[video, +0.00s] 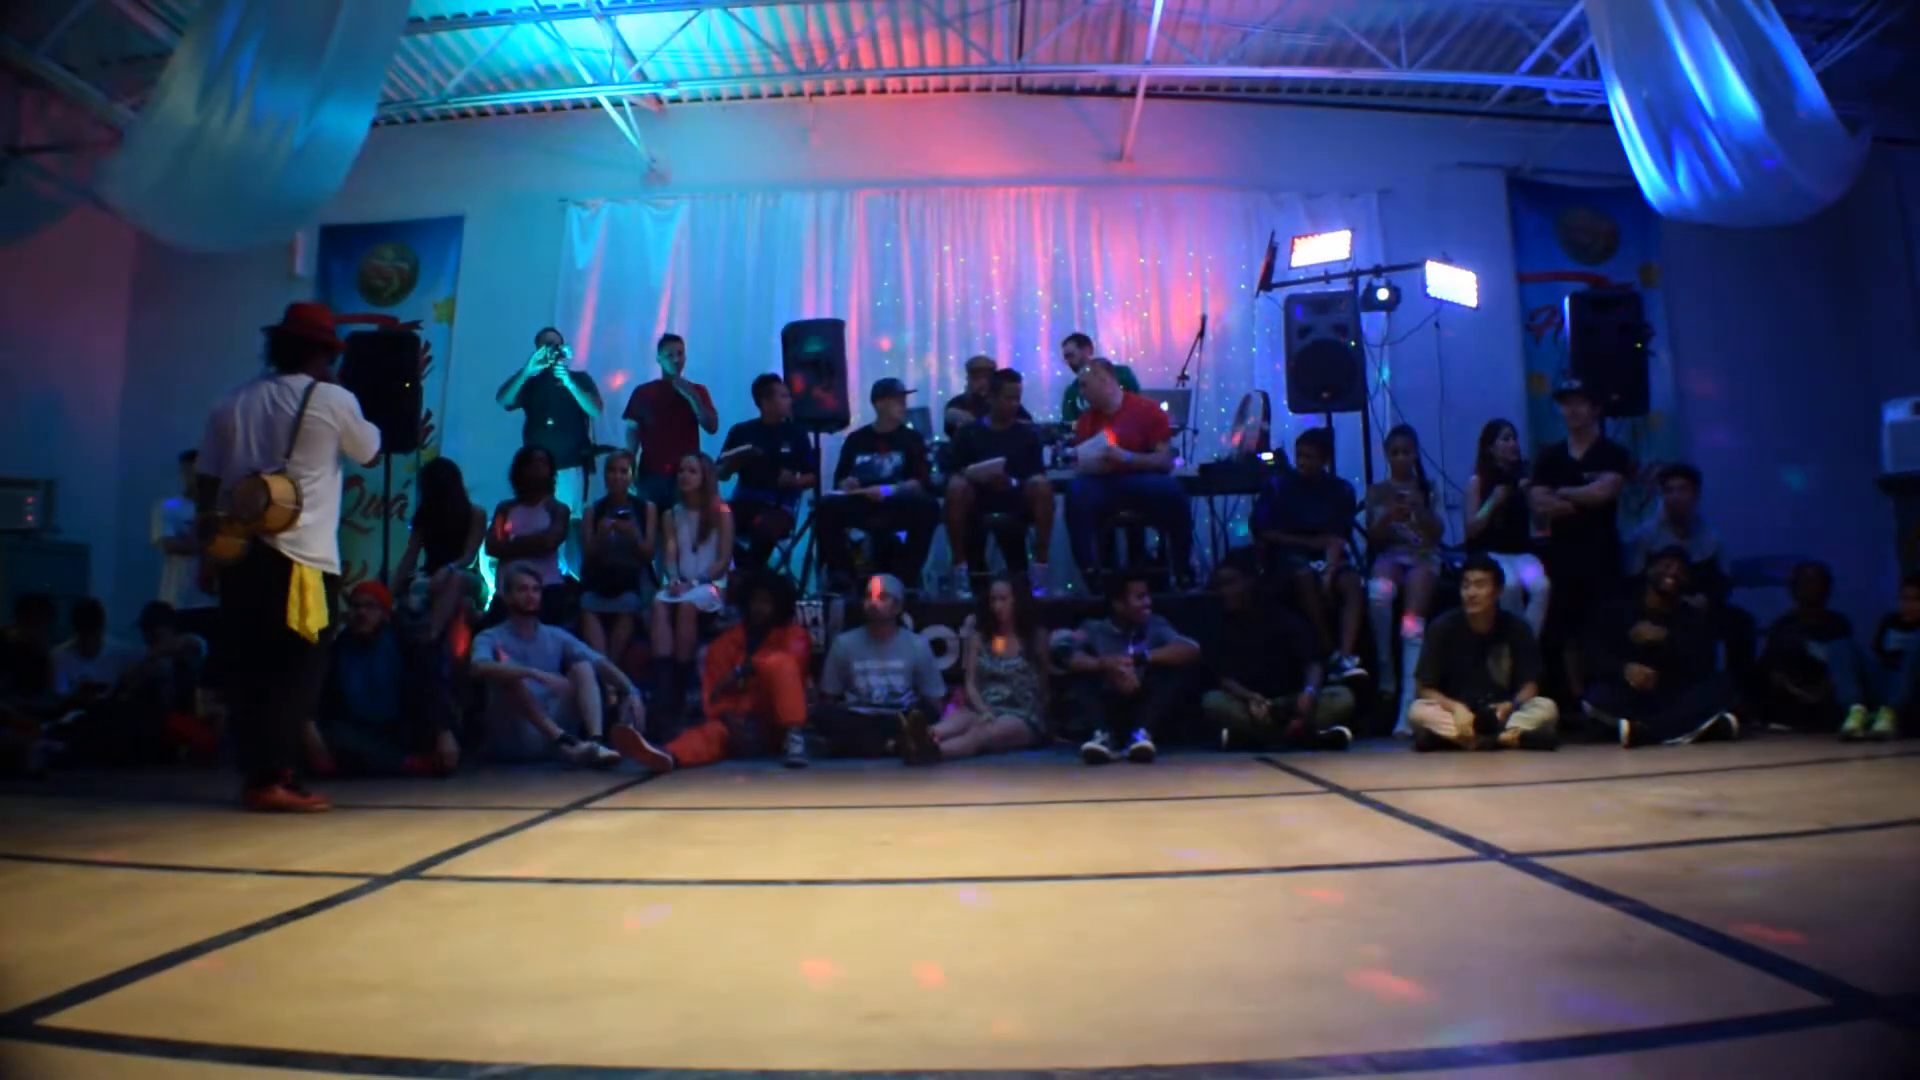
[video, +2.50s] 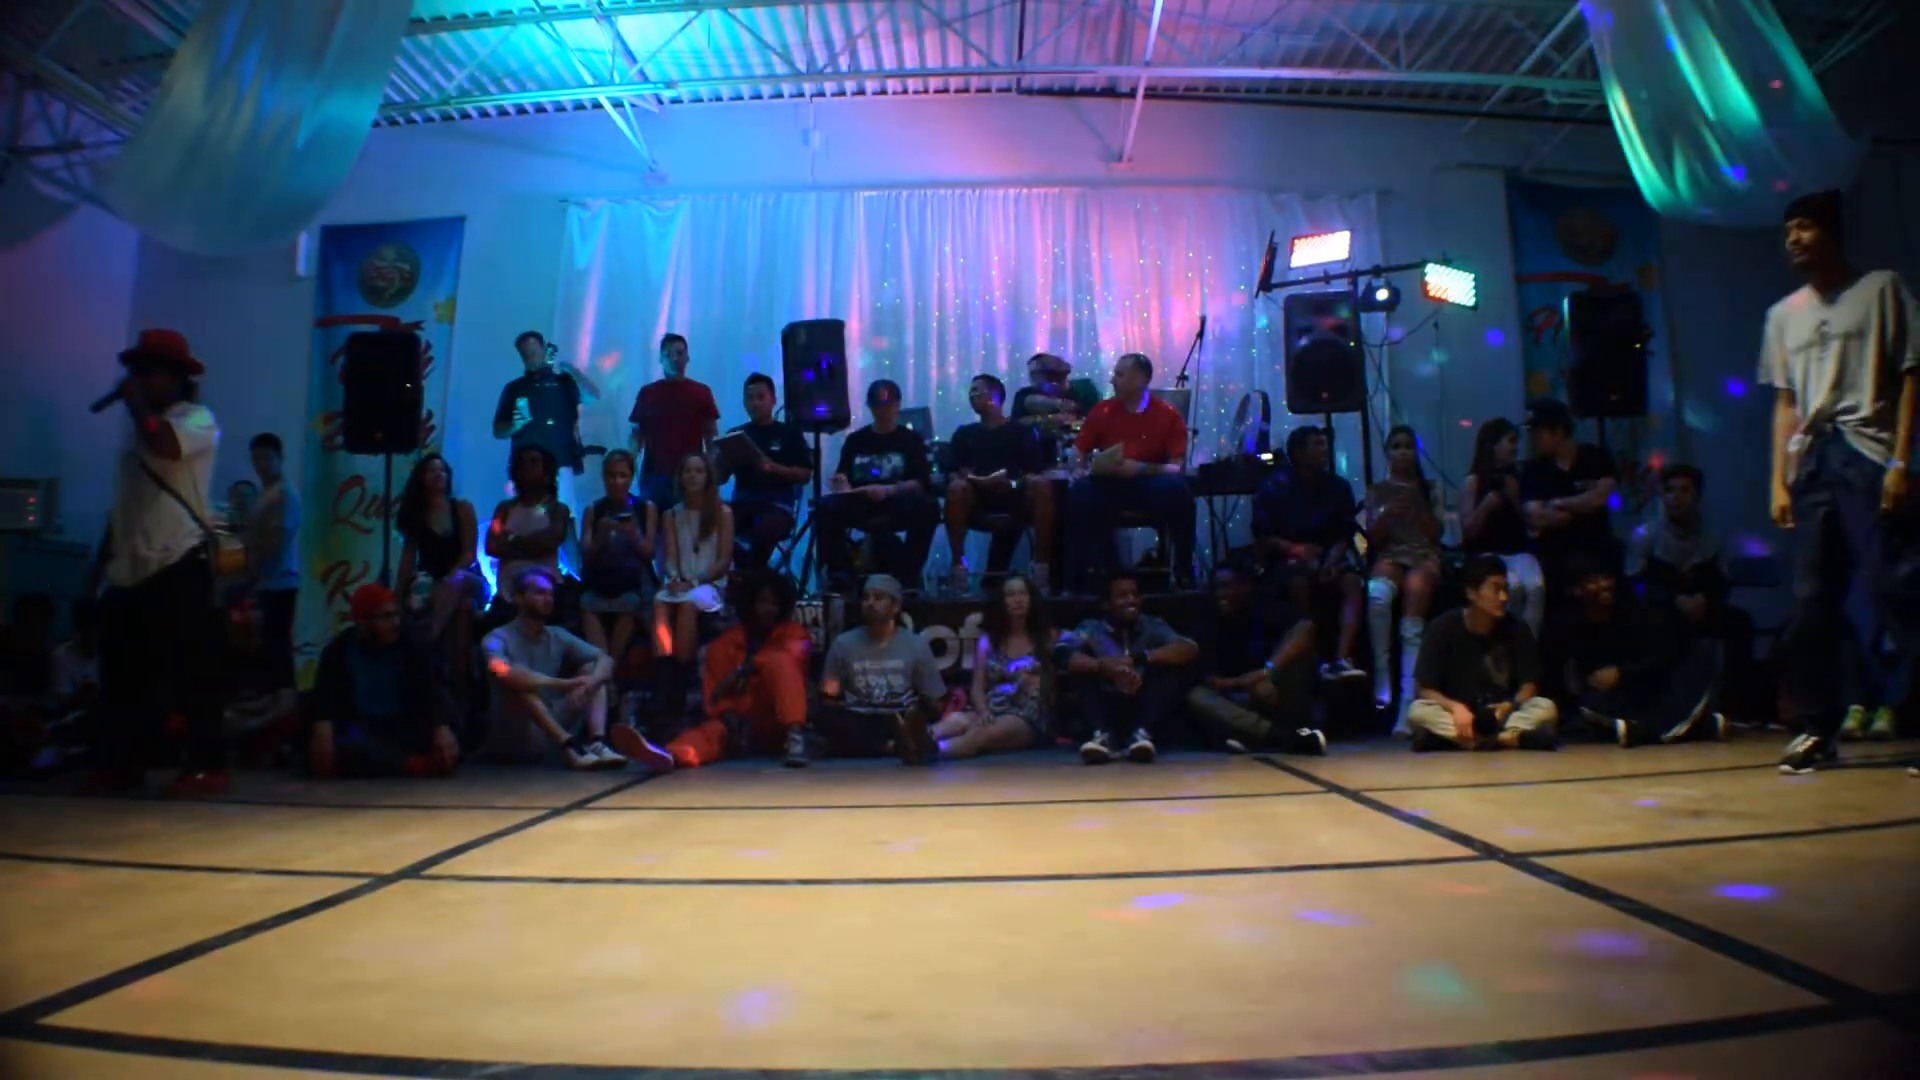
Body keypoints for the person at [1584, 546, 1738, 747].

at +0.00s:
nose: (1671, 574)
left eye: (1679, 570)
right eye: (1665, 566)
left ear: (1685, 579)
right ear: (1650, 570)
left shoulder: (1692, 616)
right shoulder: (1624, 610)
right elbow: (1597, 651)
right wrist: (1625, 669)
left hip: (1678, 689)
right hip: (1632, 689)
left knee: (1720, 687)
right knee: (1597, 697)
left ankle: (1647, 730)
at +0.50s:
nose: (1678, 497)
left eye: (1686, 490)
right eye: (1672, 490)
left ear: (1698, 497)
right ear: (1663, 494)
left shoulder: (1711, 539)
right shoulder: (1645, 536)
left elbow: (1722, 580)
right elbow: (1639, 580)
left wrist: (1706, 600)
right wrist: (1678, 600)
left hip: (1700, 608)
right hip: (1659, 606)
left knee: (1742, 622)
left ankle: (1740, 694)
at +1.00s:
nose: (1678, 497)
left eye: (1686, 490)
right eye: (1672, 490)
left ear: (1698, 497)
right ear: (1663, 495)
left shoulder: (1709, 537)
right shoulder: (1646, 536)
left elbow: (1723, 580)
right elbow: (1638, 582)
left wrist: (1705, 600)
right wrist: (1675, 600)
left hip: (1700, 608)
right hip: (1661, 609)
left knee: (1741, 624)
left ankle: (1736, 703)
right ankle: (1663, 705)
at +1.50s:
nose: (1679, 497)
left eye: (1687, 491)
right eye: (1673, 490)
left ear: (1699, 496)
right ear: (1665, 496)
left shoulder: (1712, 537)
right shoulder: (1651, 534)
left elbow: (1724, 579)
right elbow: (1642, 581)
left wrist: (1708, 600)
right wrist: (1677, 601)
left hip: (1702, 608)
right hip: (1665, 607)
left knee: (1742, 624)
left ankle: (1736, 707)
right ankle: (1651, 716)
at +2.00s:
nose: (1675, 499)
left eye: (1683, 491)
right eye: (1669, 491)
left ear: (1696, 498)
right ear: (1661, 497)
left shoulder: (1708, 539)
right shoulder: (1646, 537)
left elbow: (1720, 582)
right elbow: (1635, 584)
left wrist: (1704, 602)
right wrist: (1674, 602)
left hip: (1698, 613)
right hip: (1658, 610)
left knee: (1739, 624)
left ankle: (1736, 710)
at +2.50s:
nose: (1677, 498)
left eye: (1685, 491)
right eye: (1671, 491)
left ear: (1697, 497)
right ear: (1663, 496)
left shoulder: (1710, 538)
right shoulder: (1647, 538)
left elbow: (1721, 582)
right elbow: (1640, 585)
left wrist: (1705, 600)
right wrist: (1674, 600)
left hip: (1701, 610)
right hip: (1661, 611)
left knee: (1740, 623)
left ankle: (1733, 705)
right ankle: (1665, 708)